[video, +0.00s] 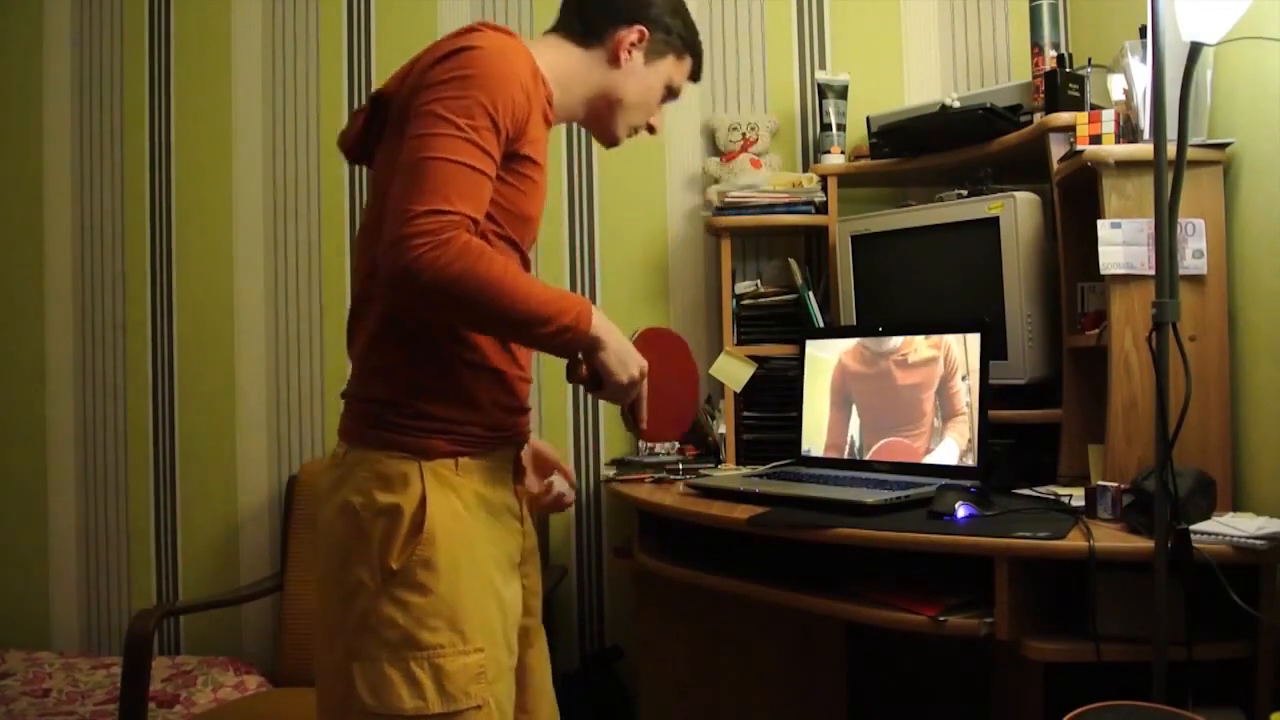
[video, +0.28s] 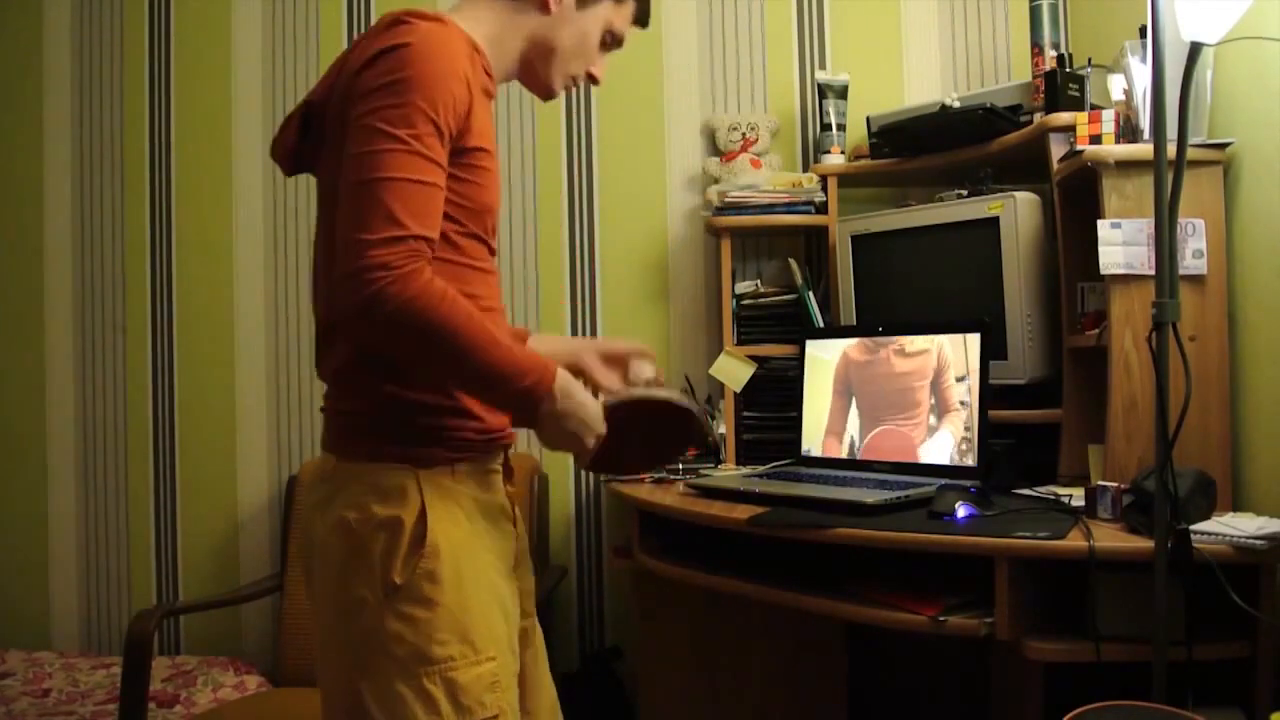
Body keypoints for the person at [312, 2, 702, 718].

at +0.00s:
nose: (656, 123)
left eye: (671, 103)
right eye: (669, 91)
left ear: (627, 48)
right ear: (630, 45)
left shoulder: (518, 102)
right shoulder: (487, 66)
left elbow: (449, 307)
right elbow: (425, 249)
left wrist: (512, 441)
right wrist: (587, 324)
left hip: (481, 488)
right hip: (421, 493)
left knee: (518, 706)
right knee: (441, 706)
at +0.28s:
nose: (599, 72)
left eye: (612, 51)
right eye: (608, 39)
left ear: (554, 7)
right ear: (560, 0)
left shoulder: (458, 75)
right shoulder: (423, 55)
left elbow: (430, 309)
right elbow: (379, 279)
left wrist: (564, 353)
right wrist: (543, 391)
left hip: (469, 498)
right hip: (410, 509)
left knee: (528, 711)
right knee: (443, 710)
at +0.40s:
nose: (582, 60)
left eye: (595, 39)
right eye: (591, 23)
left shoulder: (433, 70)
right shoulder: (405, 54)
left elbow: (430, 310)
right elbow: (374, 295)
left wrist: (581, 302)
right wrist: (531, 421)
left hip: (455, 495)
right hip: (405, 508)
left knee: (519, 710)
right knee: (442, 709)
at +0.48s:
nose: (575, 54)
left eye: (589, 33)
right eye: (583, 19)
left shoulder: (424, 65)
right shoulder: (396, 54)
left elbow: (427, 308)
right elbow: (376, 303)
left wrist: (573, 294)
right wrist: (535, 428)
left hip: (450, 496)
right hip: (401, 508)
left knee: (513, 707)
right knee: (437, 708)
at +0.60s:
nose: (565, 45)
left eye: (577, 26)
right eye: (571, 12)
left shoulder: (410, 63)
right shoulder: (382, 56)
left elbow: (420, 304)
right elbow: (384, 315)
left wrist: (554, 303)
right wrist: (543, 411)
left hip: (445, 493)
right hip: (394, 507)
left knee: (508, 710)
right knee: (424, 709)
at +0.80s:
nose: (565, 27)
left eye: (575, 10)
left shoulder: (408, 57)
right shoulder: (375, 48)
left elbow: (417, 302)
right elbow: (392, 314)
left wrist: (540, 313)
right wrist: (560, 393)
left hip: (448, 496)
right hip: (395, 507)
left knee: (509, 710)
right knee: (423, 709)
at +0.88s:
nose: (565, 26)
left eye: (574, 10)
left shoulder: (409, 57)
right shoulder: (379, 49)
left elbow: (420, 300)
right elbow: (405, 317)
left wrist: (540, 314)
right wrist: (570, 392)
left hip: (448, 496)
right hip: (395, 507)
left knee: (510, 710)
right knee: (423, 709)